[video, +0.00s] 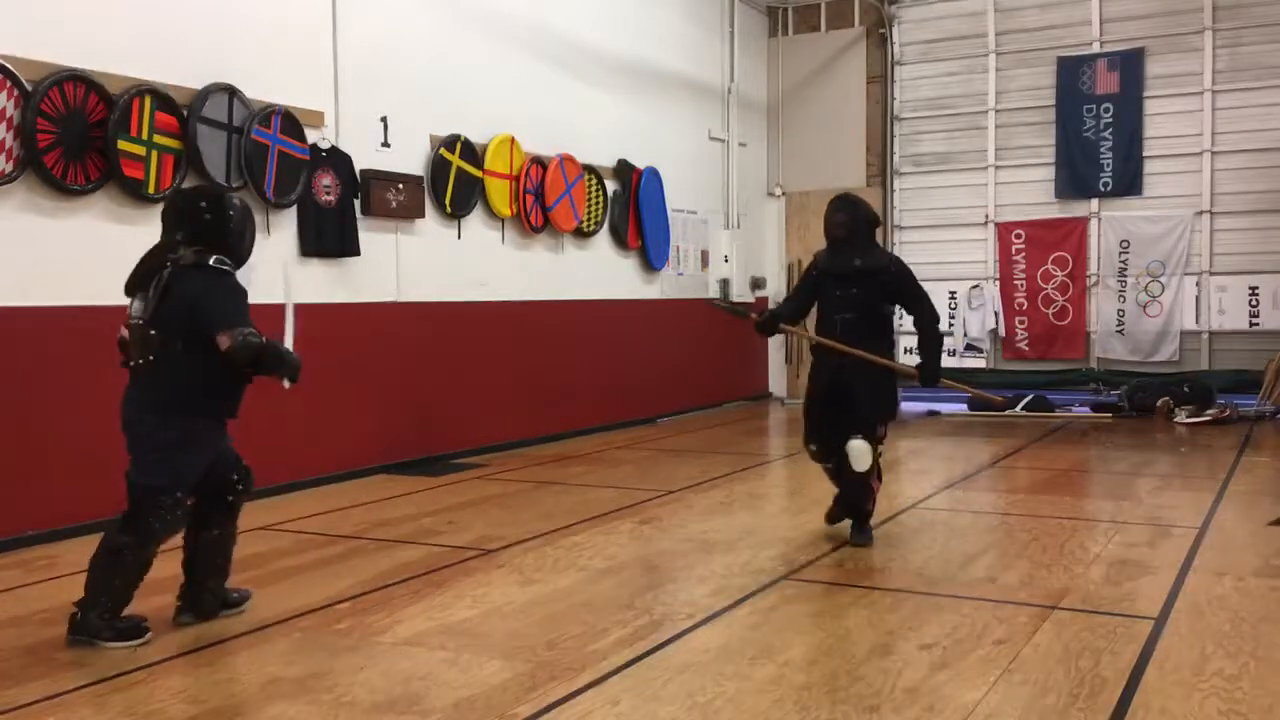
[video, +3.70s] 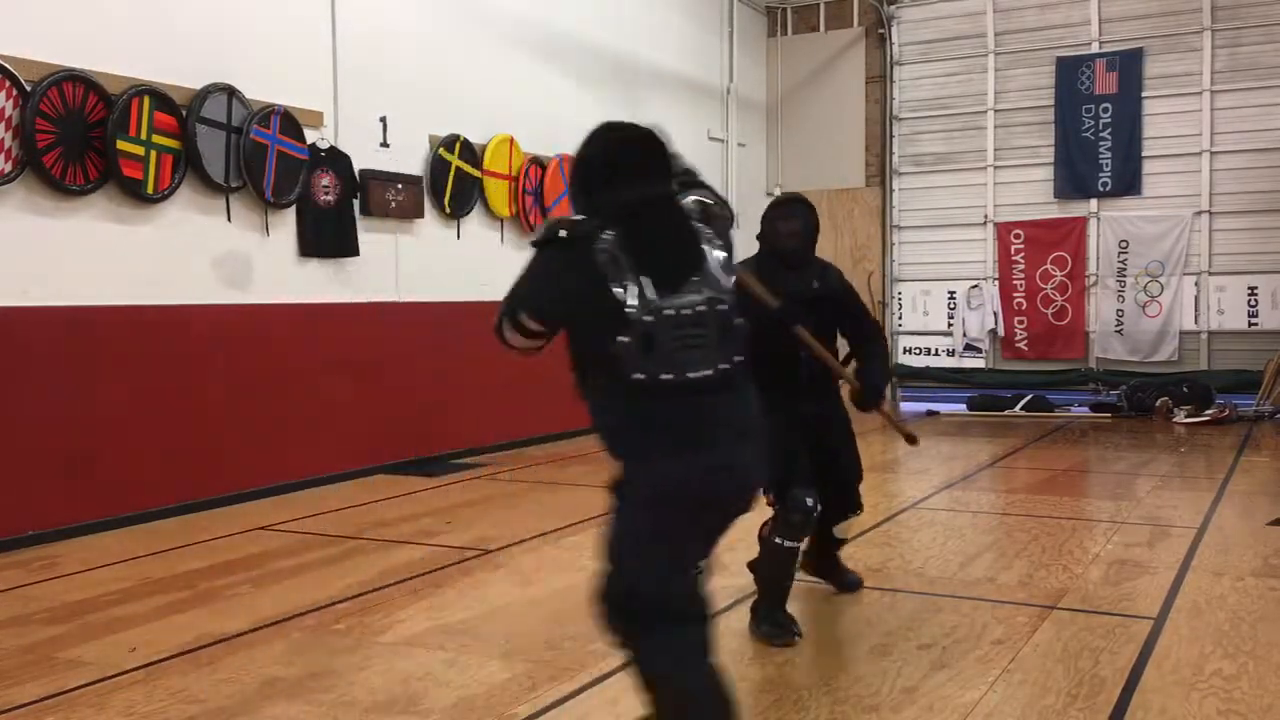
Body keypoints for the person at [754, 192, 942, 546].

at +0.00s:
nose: (831, 222)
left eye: (839, 215)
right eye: (830, 216)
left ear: (859, 221)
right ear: (827, 221)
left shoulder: (886, 266)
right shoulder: (823, 263)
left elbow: (925, 313)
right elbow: (799, 300)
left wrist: (929, 363)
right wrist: (774, 317)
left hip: (871, 366)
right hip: (827, 365)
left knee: (861, 443)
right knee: (819, 443)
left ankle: (861, 521)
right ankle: (850, 490)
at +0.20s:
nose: (823, 226)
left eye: (830, 218)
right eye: (819, 219)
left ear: (848, 221)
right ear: (813, 222)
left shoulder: (877, 265)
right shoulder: (810, 265)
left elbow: (917, 310)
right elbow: (787, 305)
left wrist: (918, 359)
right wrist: (757, 324)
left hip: (863, 370)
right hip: (817, 368)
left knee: (859, 446)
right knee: (803, 441)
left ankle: (860, 523)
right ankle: (804, 521)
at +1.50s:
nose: (772, 235)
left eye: (780, 226)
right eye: (764, 227)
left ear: (798, 227)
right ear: (754, 229)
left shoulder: (825, 271)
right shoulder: (747, 272)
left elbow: (868, 314)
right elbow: (724, 317)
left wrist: (886, 363)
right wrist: (707, 355)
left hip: (811, 386)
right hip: (759, 386)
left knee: (821, 478)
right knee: (753, 470)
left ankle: (807, 537)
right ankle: (747, 555)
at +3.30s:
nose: (765, 236)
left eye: (774, 226)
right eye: (755, 227)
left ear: (795, 226)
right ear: (744, 229)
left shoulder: (820, 270)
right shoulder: (735, 273)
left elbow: (867, 318)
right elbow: (723, 326)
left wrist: (864, 383)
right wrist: (731, 354)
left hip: (807, 397)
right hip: (754, 397)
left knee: (805, 495)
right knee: (771, 493)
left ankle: (787, 565)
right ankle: (762, 600)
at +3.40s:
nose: (767, 248)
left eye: (776, 239)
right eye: (758, 240)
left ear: (795, 240)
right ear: (746, 245)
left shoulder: (821, 283)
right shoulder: (741, 286)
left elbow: (846, 342)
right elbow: (730, 339)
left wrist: (805, 360)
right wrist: (757, 354)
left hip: (807, 403)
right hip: (758, 405)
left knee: (807, 491)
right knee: (787, 503)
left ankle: (784, 553)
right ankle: (767, 606)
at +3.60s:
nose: (780, 247)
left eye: (790, 237)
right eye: (771, 237)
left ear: (809, 242)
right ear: (758, 243)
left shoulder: (827, 287)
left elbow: (861, 357)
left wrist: (831, 358)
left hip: (816, 409)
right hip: (765, 413)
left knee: (833, 502)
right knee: (798, 508)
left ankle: (796, 552)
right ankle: (768, 606)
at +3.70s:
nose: (786, 236)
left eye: (796, 227)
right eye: (778, 227)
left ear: (813, 233)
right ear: (763, 231)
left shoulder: (827, 279)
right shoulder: (745, 281)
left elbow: (869, 335)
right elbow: (730, 339)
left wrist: (871, 379)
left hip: (821, 400)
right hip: (769, 404)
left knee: (843, 484)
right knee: (798, 501)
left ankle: (820, 552)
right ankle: (769, 606)